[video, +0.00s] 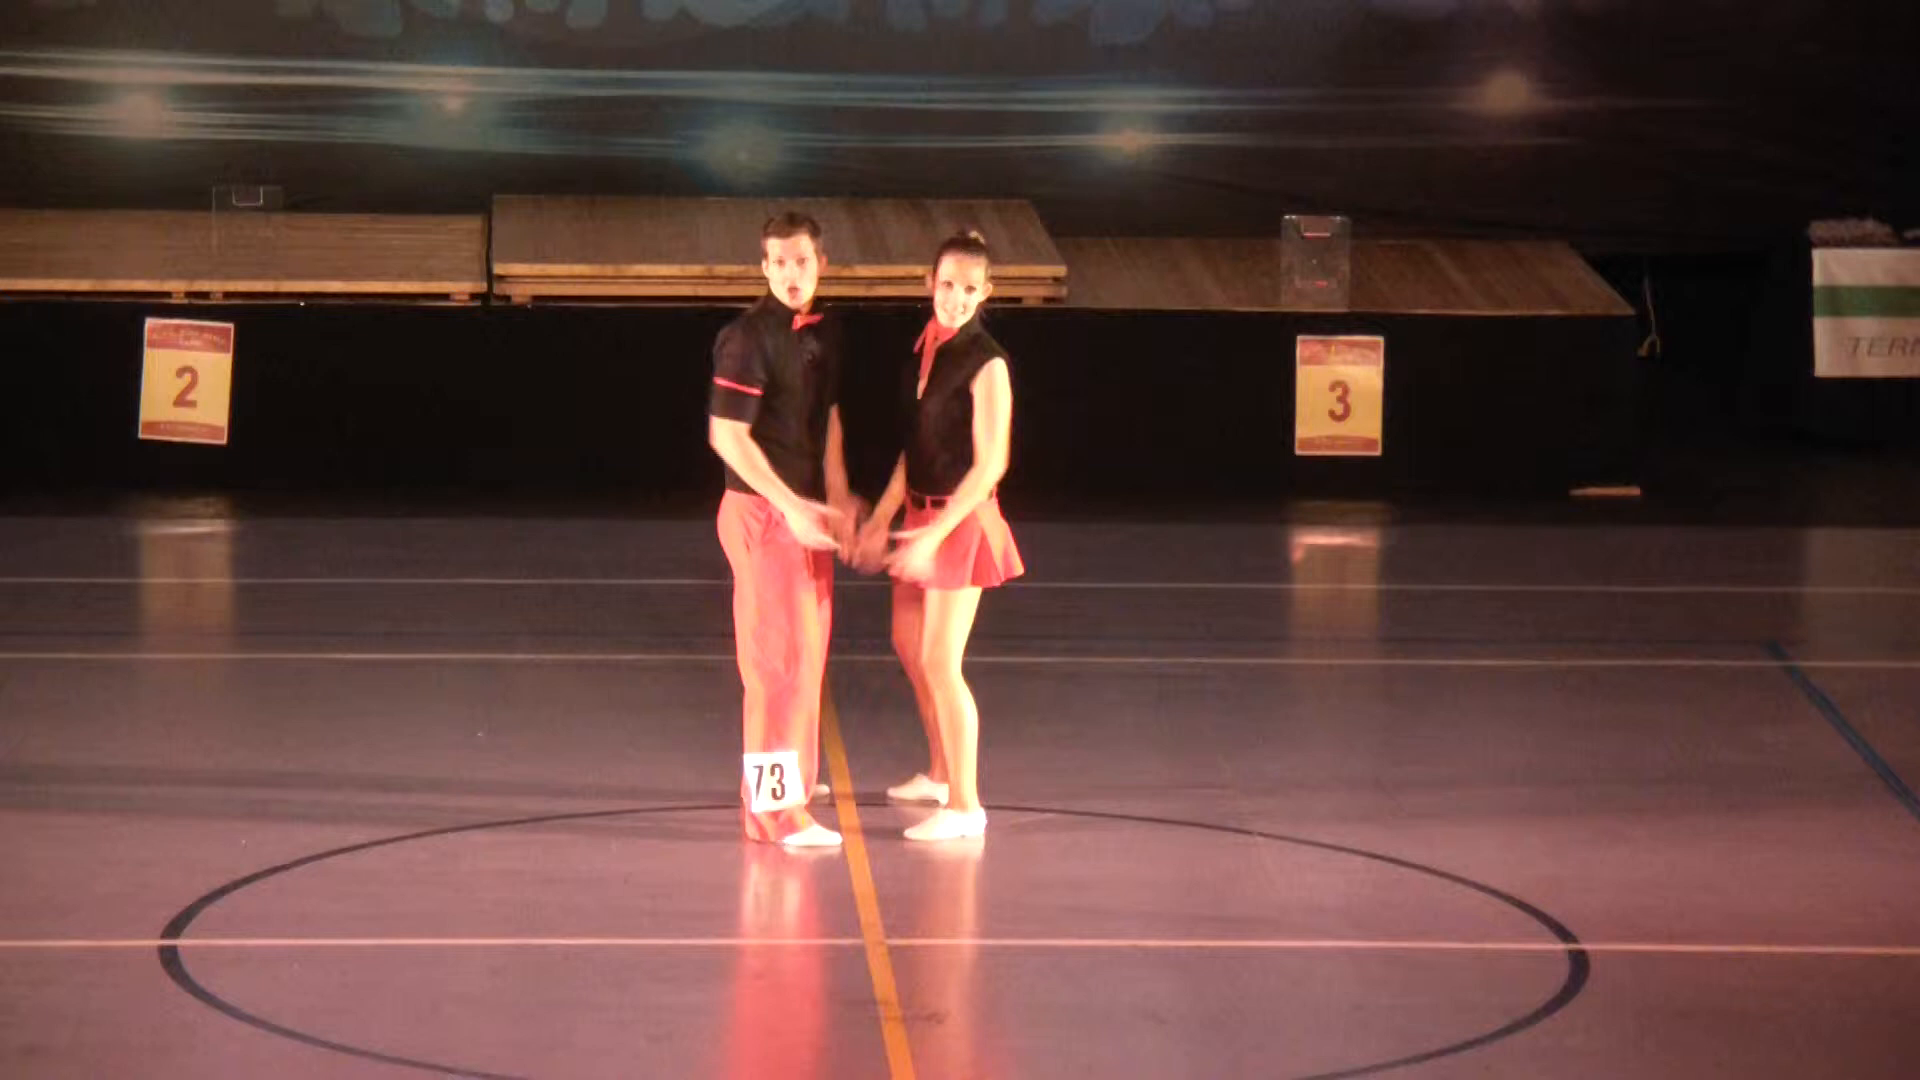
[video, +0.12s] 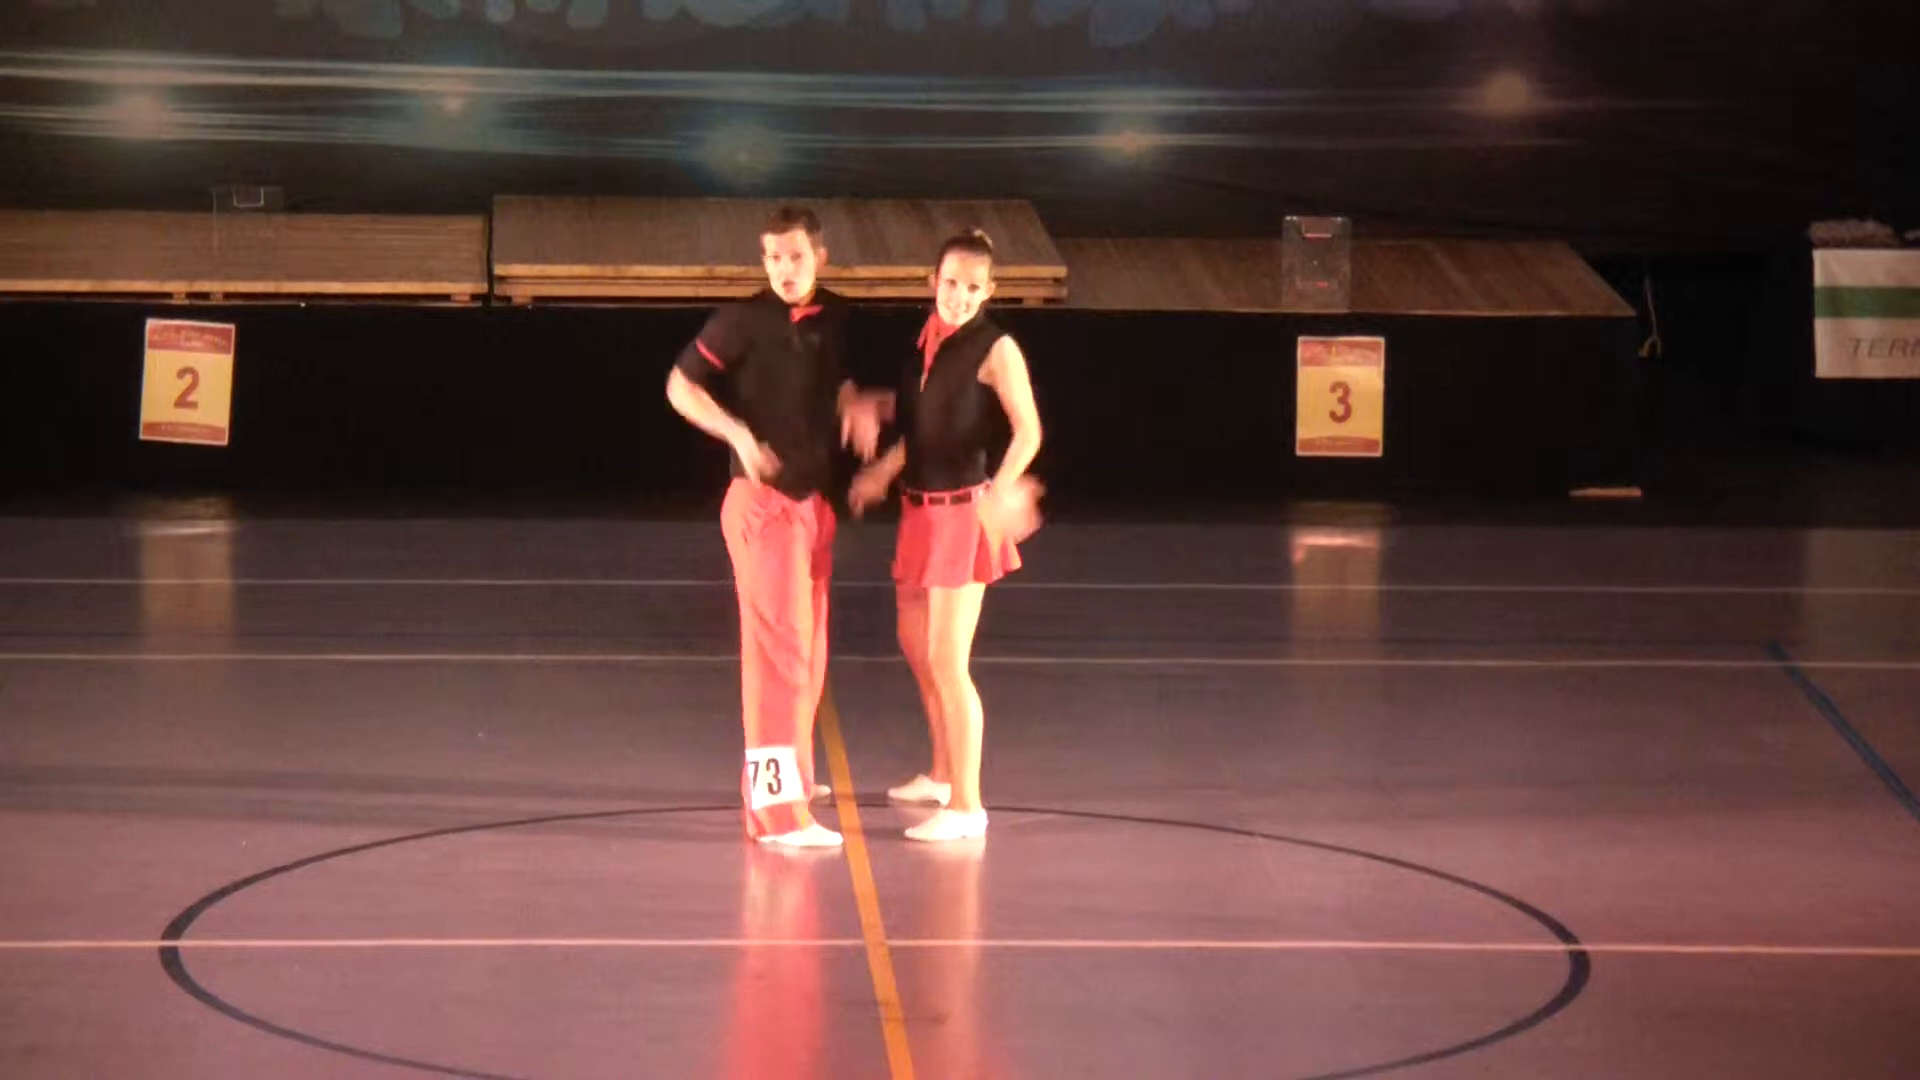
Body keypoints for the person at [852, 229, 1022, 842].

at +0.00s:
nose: (957, 298)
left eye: (970, 288)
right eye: (948, 283)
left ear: (985, 293)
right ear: (930, 282)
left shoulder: (987, 363)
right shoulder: (930, 345)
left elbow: (991, 463)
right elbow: (918, 441)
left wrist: (932, 536)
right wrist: (882, 516)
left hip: (965, 523)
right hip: (923, 517)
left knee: (941, 660)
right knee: (910, 646)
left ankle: (966, 808)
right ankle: (946, 774)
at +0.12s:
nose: (960, 295)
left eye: (973, 286)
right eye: (952, 281)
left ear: (988, 291)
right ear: (934, 280)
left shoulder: (997, 349)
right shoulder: (928, 342)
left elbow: (1029, 431)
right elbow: (924, 429)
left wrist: (1001, 491)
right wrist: (880, 473)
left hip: (965, 514)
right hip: (920, 512)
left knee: (949, 660)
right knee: (917, 646)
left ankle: (967, 807)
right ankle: (946, 776)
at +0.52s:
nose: (924, 291)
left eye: (937, 282)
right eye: (923, 280)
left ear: (970, 289)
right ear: (926, 284)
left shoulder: (970, 360)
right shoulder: (939, 348)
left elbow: (970, 461)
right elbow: (919, 421)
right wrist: (842, 430)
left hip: (967, 515)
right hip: (947, 510)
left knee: (942, 662)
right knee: (938, 657)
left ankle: (967, 805)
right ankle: (946, 776)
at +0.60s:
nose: (922, 278)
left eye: (928, 269)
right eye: (927, 267)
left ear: (939, 279)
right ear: (980, 285)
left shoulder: (920, 356)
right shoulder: (987, 349)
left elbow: (910, 457)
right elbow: (928, 396)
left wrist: (893, 527)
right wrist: (859, 382)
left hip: (946, 515)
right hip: (996, 506)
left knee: (934, 661)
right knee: (969, 649)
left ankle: (967, 805)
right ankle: (958, 774)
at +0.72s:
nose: (979, 286)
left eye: (976, 276)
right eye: (974, 277)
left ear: (916, 283)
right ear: (964, 284)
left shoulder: (888, 361)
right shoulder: (983, 334)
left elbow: (906, 452)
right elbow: (1002, 275)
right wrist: (969, 241)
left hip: (924, 506)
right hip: (991, 507)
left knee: (916, 651)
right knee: (975, 652)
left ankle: (926, 784)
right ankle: (928, 781)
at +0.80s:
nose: (977, 279)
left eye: (970, 265)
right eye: (967, 266)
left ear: (919, 282)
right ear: (955, 276)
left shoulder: (932, 339)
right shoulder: (953, 333)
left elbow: (973, 450)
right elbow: (989, 245)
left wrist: (1031, 504)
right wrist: (935, 196)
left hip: (927, 505)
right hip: (962, 510)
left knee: (948, 641)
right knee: (962, 655)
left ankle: (875, 742)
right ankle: (926, 788)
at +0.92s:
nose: (967, 277)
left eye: (969, 265)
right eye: (953, 267)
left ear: (975, 274)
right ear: (924, 280)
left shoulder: (996, 350)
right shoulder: (912, 345)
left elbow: (1008, 438)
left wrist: (1006, 513)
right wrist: (893, 225)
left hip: (979, 514)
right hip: (920, 514)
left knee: (989, 650)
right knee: (931, 649)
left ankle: (947, 751)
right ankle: (915, 783)